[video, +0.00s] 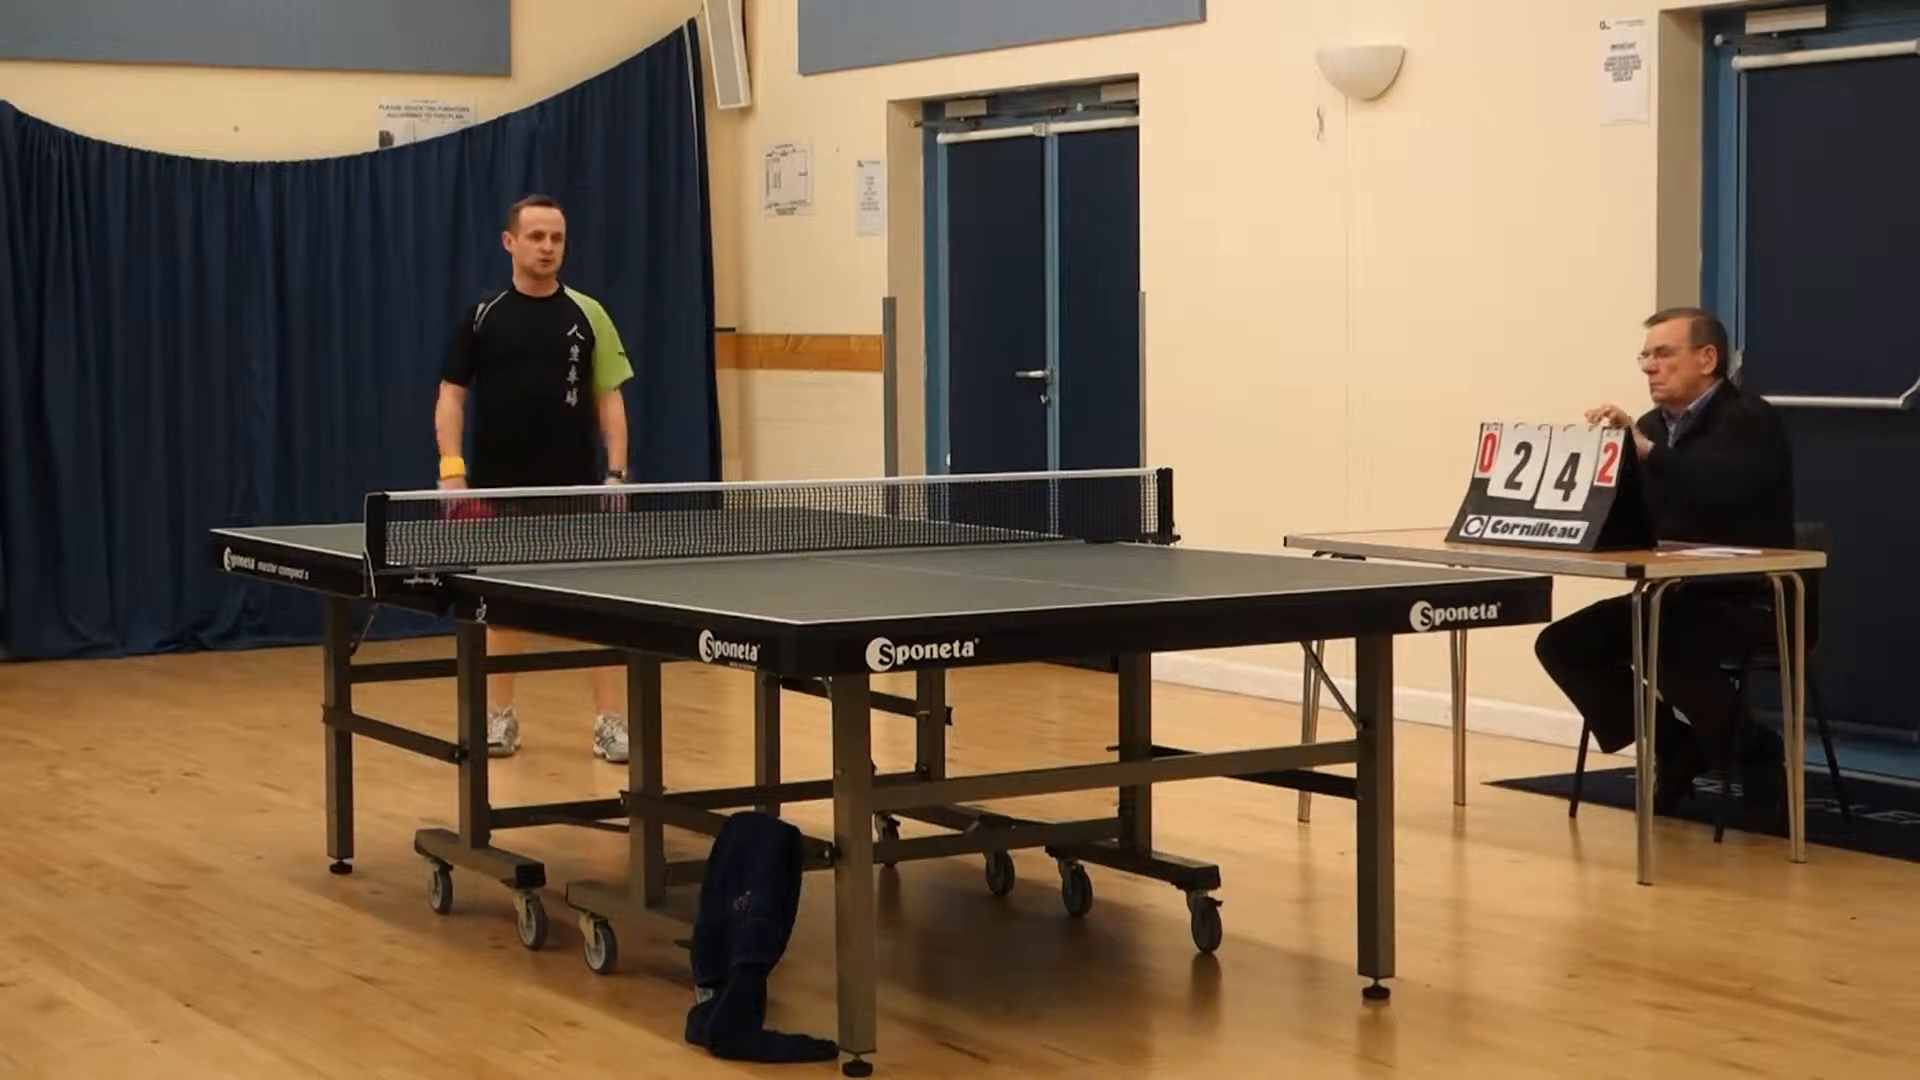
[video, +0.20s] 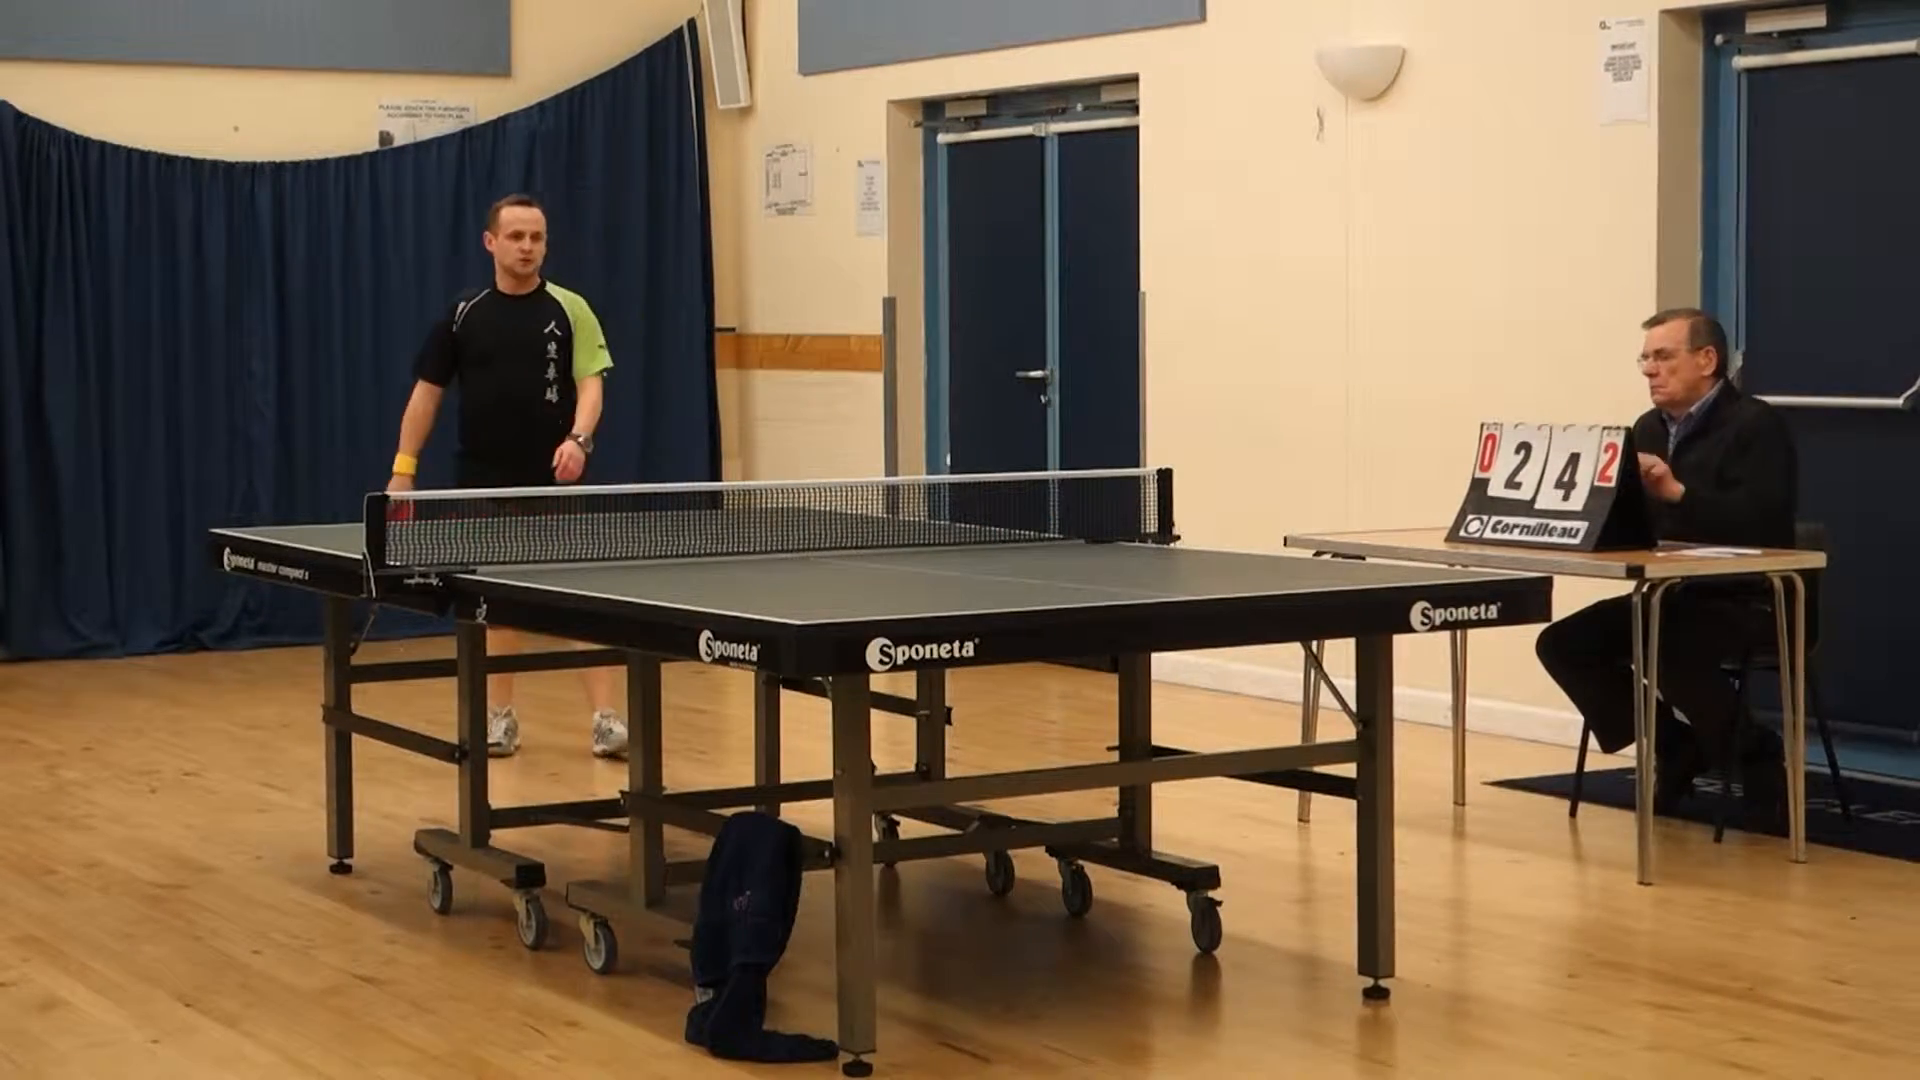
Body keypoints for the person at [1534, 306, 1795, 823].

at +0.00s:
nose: (1648, 366)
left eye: (1663, 353)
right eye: (1646, 355)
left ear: (1707, 360)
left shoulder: (1752, 422)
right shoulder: (1651, 428)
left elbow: (1720, 491)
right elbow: (1619, 522)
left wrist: (1643, 449)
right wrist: (1593, 455)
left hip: (1753, 595)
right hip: (1675, 592)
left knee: (1666, 647)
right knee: (1562, 644)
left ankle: (1753, 749)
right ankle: (1672, 741)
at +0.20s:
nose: (1648, 368)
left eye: (1662, 356)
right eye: (1646, 357)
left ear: (1707, 361)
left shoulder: (1757, 426)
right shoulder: (1648, 430)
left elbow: (1766, 521)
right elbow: (1618, 518)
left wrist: (1679, 494)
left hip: (1748, 595)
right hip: (1669, 592)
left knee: (1667, 648)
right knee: (1562, 644)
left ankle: (1754, 750)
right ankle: (1672, 741)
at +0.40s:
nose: (1649, 370)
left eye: (1663, 358)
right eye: (1646, 359)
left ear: (1708, 361)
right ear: (1643, 365)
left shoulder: (1758, 427)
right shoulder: (1647, 431)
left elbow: (1765, 526)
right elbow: (1617, 511)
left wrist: (1677, 506)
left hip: (1749, 595)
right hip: (1669, 593)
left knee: (1666, 645)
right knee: (1562, 643)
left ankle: (1753, 750)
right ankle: (1672, 741)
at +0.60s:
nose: (1649, 377)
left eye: (1662, 364)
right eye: (1645, 366)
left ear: (1707, 365)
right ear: (1641, 368)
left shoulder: (1758, 427)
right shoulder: (1648, 431)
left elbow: (1767, 526)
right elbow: (1618, 511)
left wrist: (1681, 505)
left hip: (1748, 595)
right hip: (1668, 593)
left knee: (1666, 645)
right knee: (1562, 643)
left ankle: (1753, 750)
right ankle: (1673, 741)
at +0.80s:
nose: (1648, 386)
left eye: (1659, 373)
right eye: (1643, 374)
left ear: (1704, 367)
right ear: (1638, 374)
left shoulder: (1759, 429)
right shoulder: (1647, 432)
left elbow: (1771, 526)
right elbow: (1621, 516)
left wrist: (1687, 501)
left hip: (1751, 596)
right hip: (1670, 594)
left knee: (1666, 645)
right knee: (1562, 643)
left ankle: (1754, 749)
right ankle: (1673, 741)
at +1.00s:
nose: (1646, 395)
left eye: (1656, 382)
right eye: (1641, 383)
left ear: (1700, 370)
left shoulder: (1761, 428)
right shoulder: (1647, 434)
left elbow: (1769, 524)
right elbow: (1618, 512)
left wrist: (1679, 513)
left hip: (1753, 596)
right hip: (1671, 594)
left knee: (1669, 645)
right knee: (1562, 643)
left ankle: (1756, 753)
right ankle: (1675, 744)